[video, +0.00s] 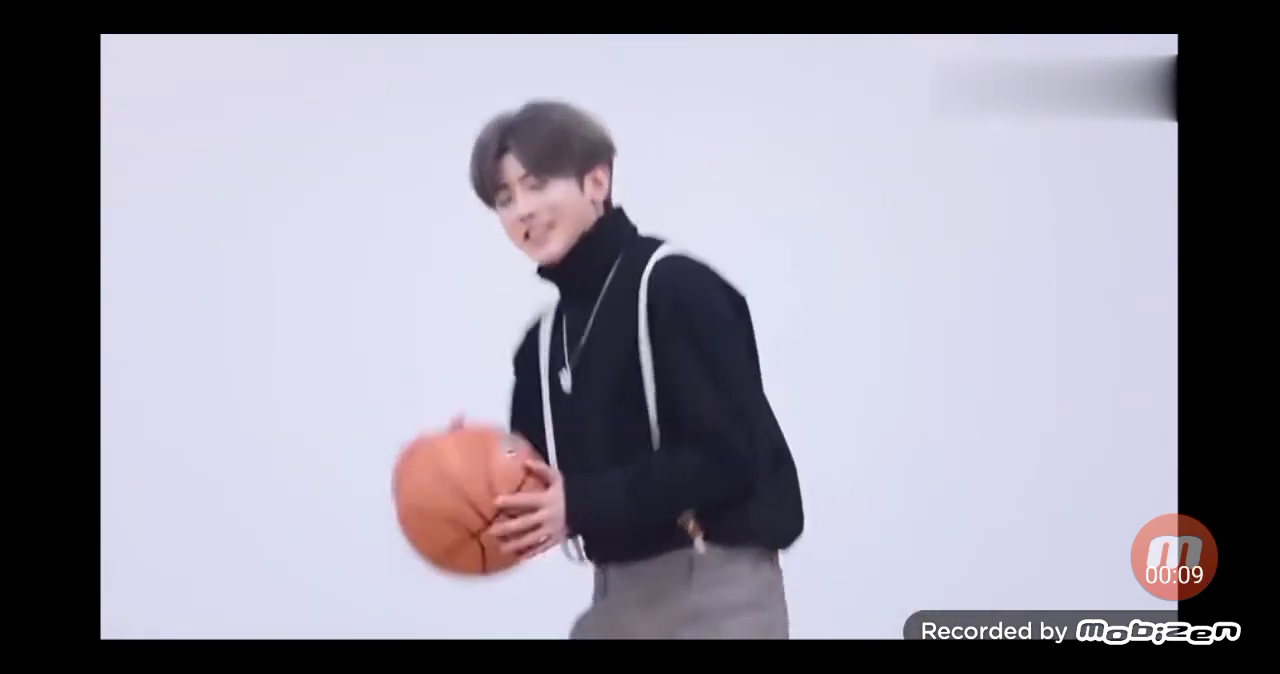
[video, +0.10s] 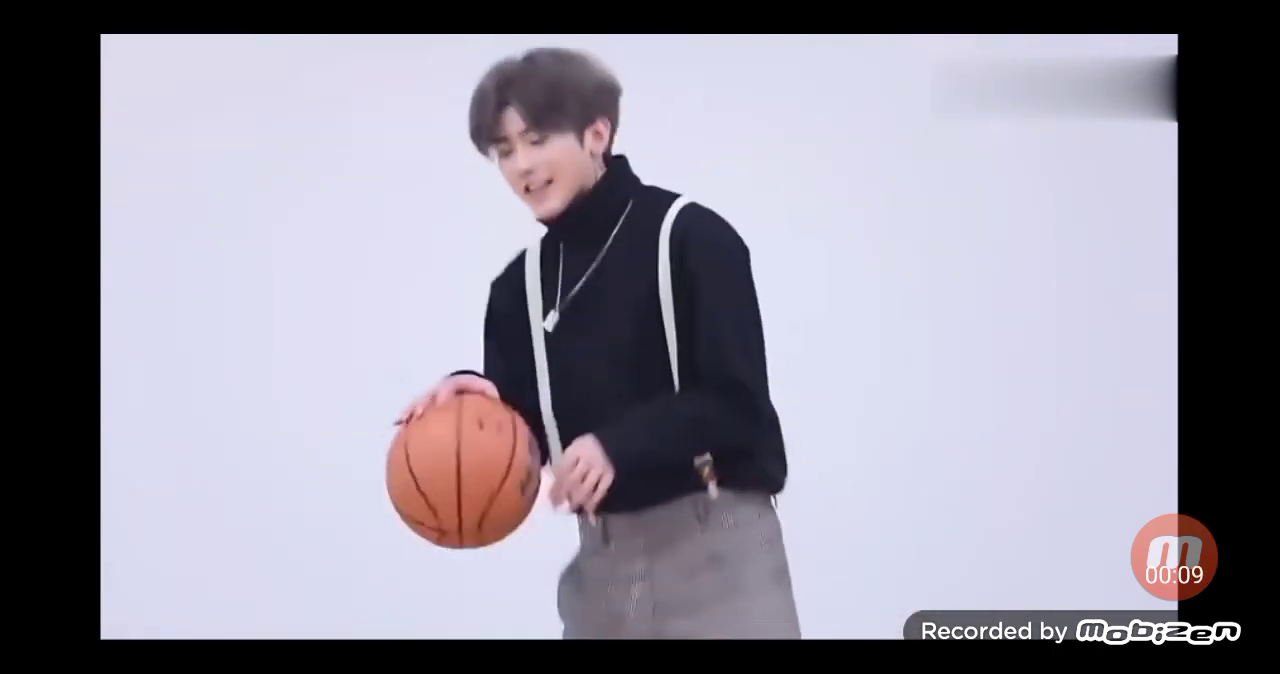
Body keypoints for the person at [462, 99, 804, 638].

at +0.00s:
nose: (520, 212)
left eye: (535, 183)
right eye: (503, 199)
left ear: (596, 181)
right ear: (495, 215)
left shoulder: (681, 290)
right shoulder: (539, 346)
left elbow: (729, 462)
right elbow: (533, 486)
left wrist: (575, 504)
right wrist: (481, 473)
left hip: (717, 586)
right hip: (618, 594)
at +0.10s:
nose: (520, 165)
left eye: (536, 139)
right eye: (503, 151)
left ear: (597, 133)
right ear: (494, 162)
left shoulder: (693, 239)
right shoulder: (514, 290)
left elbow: (736, 408)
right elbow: (525, 457)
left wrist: (617, 448)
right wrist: (477, 407)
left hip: (716, 543)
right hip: (601, 561)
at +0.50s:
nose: (599, 227)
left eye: (611, 213)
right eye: (589, 216)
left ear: (642, 218)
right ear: (581, 223)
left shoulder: (693, 285)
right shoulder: (578, 303)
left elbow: (715, 368)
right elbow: (547, 404)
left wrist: (697, 372)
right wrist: (502, 485)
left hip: (683, 455)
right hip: (608, 455)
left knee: (690, 608)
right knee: (588, 562)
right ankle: (611, 638)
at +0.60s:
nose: (602, 186)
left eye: (614, 174)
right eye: (591, 176)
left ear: (637, 181)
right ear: (580, 186)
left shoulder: (680, 247)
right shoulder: (570, 262)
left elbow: (713, 318)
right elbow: (553, 351)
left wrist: (692, 330)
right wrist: (511, 409)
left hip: (672, 414)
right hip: (603, 411)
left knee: (676, 552)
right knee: (579, 520)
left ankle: (648, 636)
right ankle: (606, 635)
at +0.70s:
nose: (603, 150)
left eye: (615, 140)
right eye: (593, 141)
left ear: (635, 149)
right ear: (580, 151)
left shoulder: (667, 211)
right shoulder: (571, 218)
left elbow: (712, 289)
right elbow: (572, 288)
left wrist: (680, 274)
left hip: (653, 372)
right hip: (590, 365)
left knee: (664, 498)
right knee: (564, 480)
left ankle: (642, 595)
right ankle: (600, 598)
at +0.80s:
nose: (605, 154)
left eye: (617, 147)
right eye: (597, 146)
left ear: (636, 157)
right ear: (583, 157)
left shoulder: (659, 215)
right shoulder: (577, 216)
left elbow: (714, 279)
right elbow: (575, 260)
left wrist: (677, 223)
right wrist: (519, 270)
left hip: (646, 371)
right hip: (585, 367)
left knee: (651, 488)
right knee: (551, 486)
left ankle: (647, 586)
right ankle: (588, 587)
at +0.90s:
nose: (587, 160)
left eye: (599, 154)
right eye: (579, 155)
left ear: (620, 170)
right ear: (570, 171)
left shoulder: (640, 218)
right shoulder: (561, 222)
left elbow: (709, 255)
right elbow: (515, 238)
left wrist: (702, 255)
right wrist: (469, 232)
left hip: (642, 366)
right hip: (587, 361)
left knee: (647, 486)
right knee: (541, 471)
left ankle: (670, 543)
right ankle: (586, 578)